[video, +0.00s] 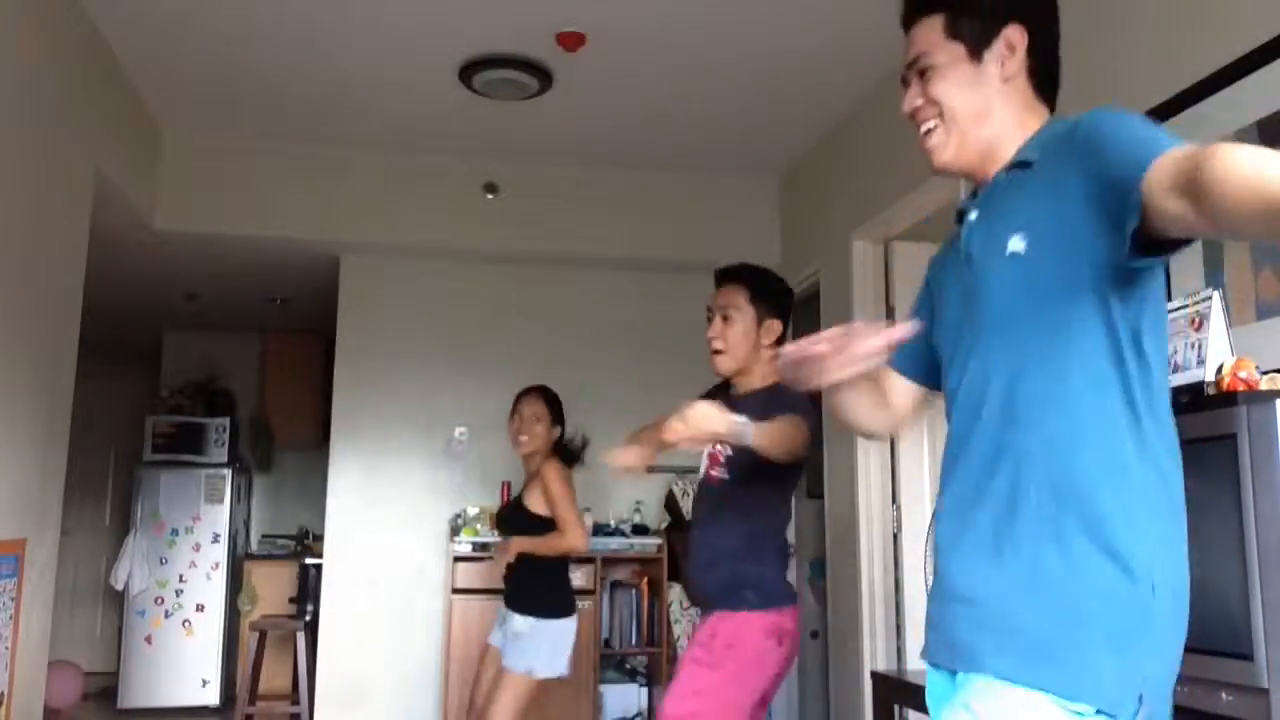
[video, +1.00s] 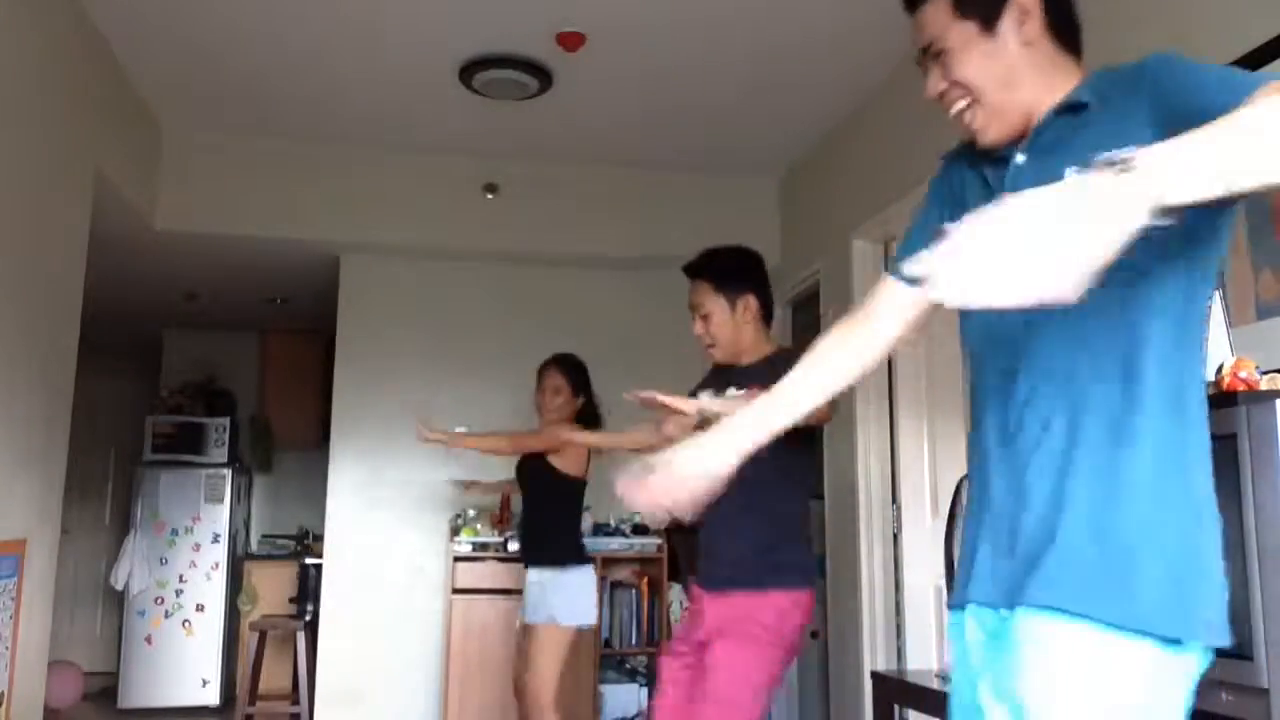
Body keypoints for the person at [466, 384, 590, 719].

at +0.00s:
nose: (522, 426)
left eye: (534, 419)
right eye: (517, 417)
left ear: (555, 431)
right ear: (510, 423)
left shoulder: (551, 470)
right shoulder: (533, 473)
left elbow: (576, 539)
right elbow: (555, 532)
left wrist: (517, 544)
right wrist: (514, 544)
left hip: (542, 618)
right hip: (515, 611)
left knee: (499, 713)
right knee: (479, 707)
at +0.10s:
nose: (522, 409)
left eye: (535, 401)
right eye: (516, 399)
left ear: (554, 414)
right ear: (508, 407)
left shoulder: (553, 454)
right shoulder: (531, 459)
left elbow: (580, 516)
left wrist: (520, 520)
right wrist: (511, 524)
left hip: (540, 597)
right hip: (526, 593)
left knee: (488, 702)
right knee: (504, 699)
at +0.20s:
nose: (523, 391)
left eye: (535, 383)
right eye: (518, 382)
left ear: (555, 396)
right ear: (510, 390)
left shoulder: (551, 440)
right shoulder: (525, 446)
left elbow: (588, 490)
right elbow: (514, 501)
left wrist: (522, 497)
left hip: (542, 574)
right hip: (525, 572)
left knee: (503, 690)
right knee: (511, 689)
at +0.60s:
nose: (527, 391)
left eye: (537, 381)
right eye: (522, 382)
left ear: (559, 385)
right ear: (516, 386)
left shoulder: (562, 432)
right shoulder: (539, 436)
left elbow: (554, 496)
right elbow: (503, 472)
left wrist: (500, 494)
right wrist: (463, 454)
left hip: (552, 568)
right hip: (531, 567)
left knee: (525, 689)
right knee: (505, 687)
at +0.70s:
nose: (531, 403)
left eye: (542, 393)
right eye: (526, 394)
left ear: (566, 399)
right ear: (520, 398)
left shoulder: (566, 441)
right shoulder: (541, 443)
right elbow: (505, 466)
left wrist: (480, 463)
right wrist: (483, 462)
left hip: (557, 583)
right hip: (523, 581)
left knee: (535, 696)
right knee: (515, 689)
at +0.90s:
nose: (537, 419)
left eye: (548, 410)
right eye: (533, 410)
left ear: (571, 418)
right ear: (527, 413)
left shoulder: (571, 460)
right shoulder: (542, 464)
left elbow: (494, 457)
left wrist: (481, 445)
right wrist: (511, 517)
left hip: (562, 602)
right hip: (524, 598)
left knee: (544, 705)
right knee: (517, 703)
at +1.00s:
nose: (546, 399)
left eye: (558, 391)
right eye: (542, 390)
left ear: (579, 400)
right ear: (536, 394)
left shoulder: (571, 437)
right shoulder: (552, 440)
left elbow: (507, 445)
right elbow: (533, 486)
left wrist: (446, 437)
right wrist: (488, 488)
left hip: (563, 579)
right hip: (543, 577)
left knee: (539, 694)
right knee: (527, 688)